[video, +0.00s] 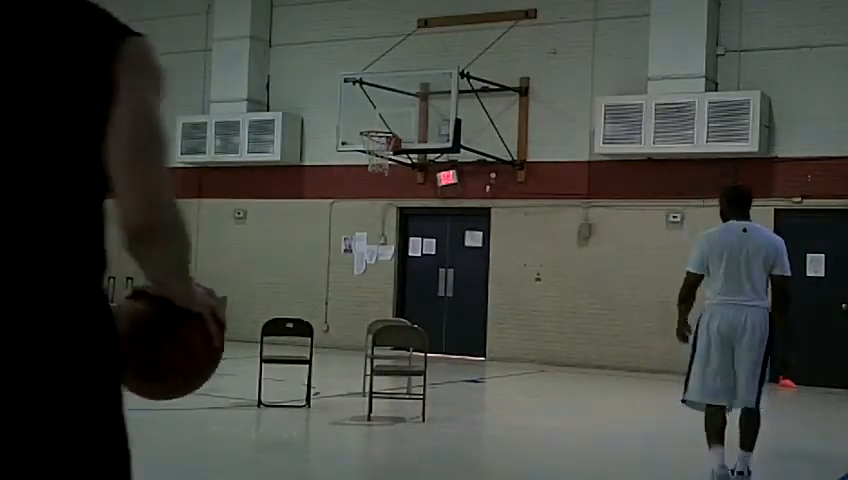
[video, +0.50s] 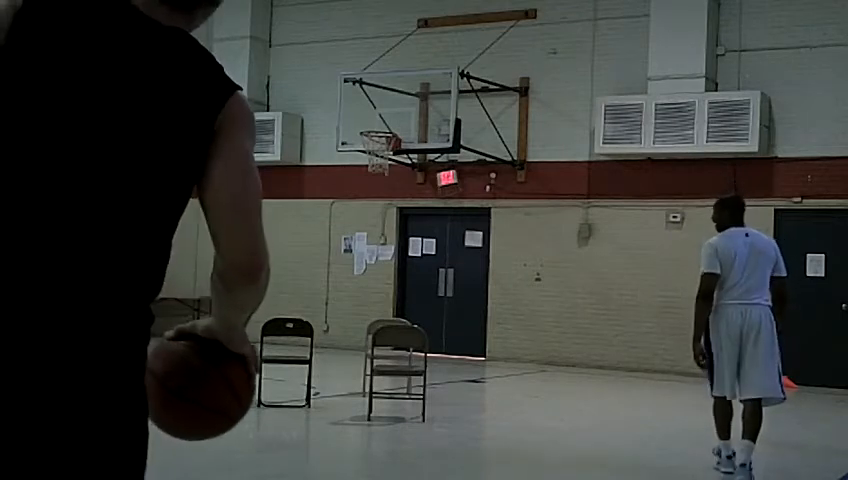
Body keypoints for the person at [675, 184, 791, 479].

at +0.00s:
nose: (719, 210)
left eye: (721, 206)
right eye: (721, 205)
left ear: (724, 208)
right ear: (749, 207)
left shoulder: (710, 240)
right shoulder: (772, 241)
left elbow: (689, 287)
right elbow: (781, 292)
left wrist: (681, 319)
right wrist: (781, 333)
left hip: (716, 319)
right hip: (756, 320)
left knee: (714, 396)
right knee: (751, 397)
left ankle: (717, 466)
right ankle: (743, 466)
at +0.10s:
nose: (722, 208)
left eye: (724, 204)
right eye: (724, 204)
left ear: (728, 207)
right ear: (752, 207)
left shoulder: (713, 236)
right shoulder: (775, 239)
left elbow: (694, 290)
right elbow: (782, 293)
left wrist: (684, 330)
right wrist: (785, 339)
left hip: (719, 317)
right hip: (760, 318)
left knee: (713, 387)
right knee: (754, 394)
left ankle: (716, 446)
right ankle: (741, 466)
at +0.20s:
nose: (722, 207)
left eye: (724, 202)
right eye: (724, 201)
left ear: (731, 204)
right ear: (751, 205)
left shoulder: (714, 236)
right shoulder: (776, 238)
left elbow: (699, 290)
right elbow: (783, 292)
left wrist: (687, 334)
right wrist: (783, 338)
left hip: (721, 316)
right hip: (761, 318)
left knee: (713, 387)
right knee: (754, 395)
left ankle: (716, 443)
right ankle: (742, 467)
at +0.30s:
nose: (721, 210)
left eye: (722, 205)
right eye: (722, 205)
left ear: (728, 207)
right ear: (750, 206)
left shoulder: (717, 237)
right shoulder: (776, 238)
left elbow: (702, 290)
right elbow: (783, 289)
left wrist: (692, 334)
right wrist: (779, 327)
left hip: (723, 312)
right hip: (761, 314)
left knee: (715, 387)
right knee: (753, 393)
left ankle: (716, 456)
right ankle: (742, 466)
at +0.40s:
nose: (717, 214)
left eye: (719, 209)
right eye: (719, 208)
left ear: (727, 210)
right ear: (747, 211)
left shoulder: (716, 241)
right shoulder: (774, 241)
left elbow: (705, 290)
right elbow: (782, 290)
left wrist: (697, 336)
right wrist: (780, 326)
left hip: (724, 315)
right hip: (761, 316)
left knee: (719, 389)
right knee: (753, 394)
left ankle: (719, 456)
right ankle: (742, 466)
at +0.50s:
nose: (712, 217)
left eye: (715, 212)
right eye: (713, 211)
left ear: (724, 214)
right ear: (741, 213)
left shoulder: (715, 245)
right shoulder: (769, 243)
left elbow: (706, 293)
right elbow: (779, 291)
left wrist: (697, 339)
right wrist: (774, 324)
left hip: (725, 317)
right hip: (760, 317)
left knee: (721, 390)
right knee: (754, 393)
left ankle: (726, 455)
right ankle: (744, 462)